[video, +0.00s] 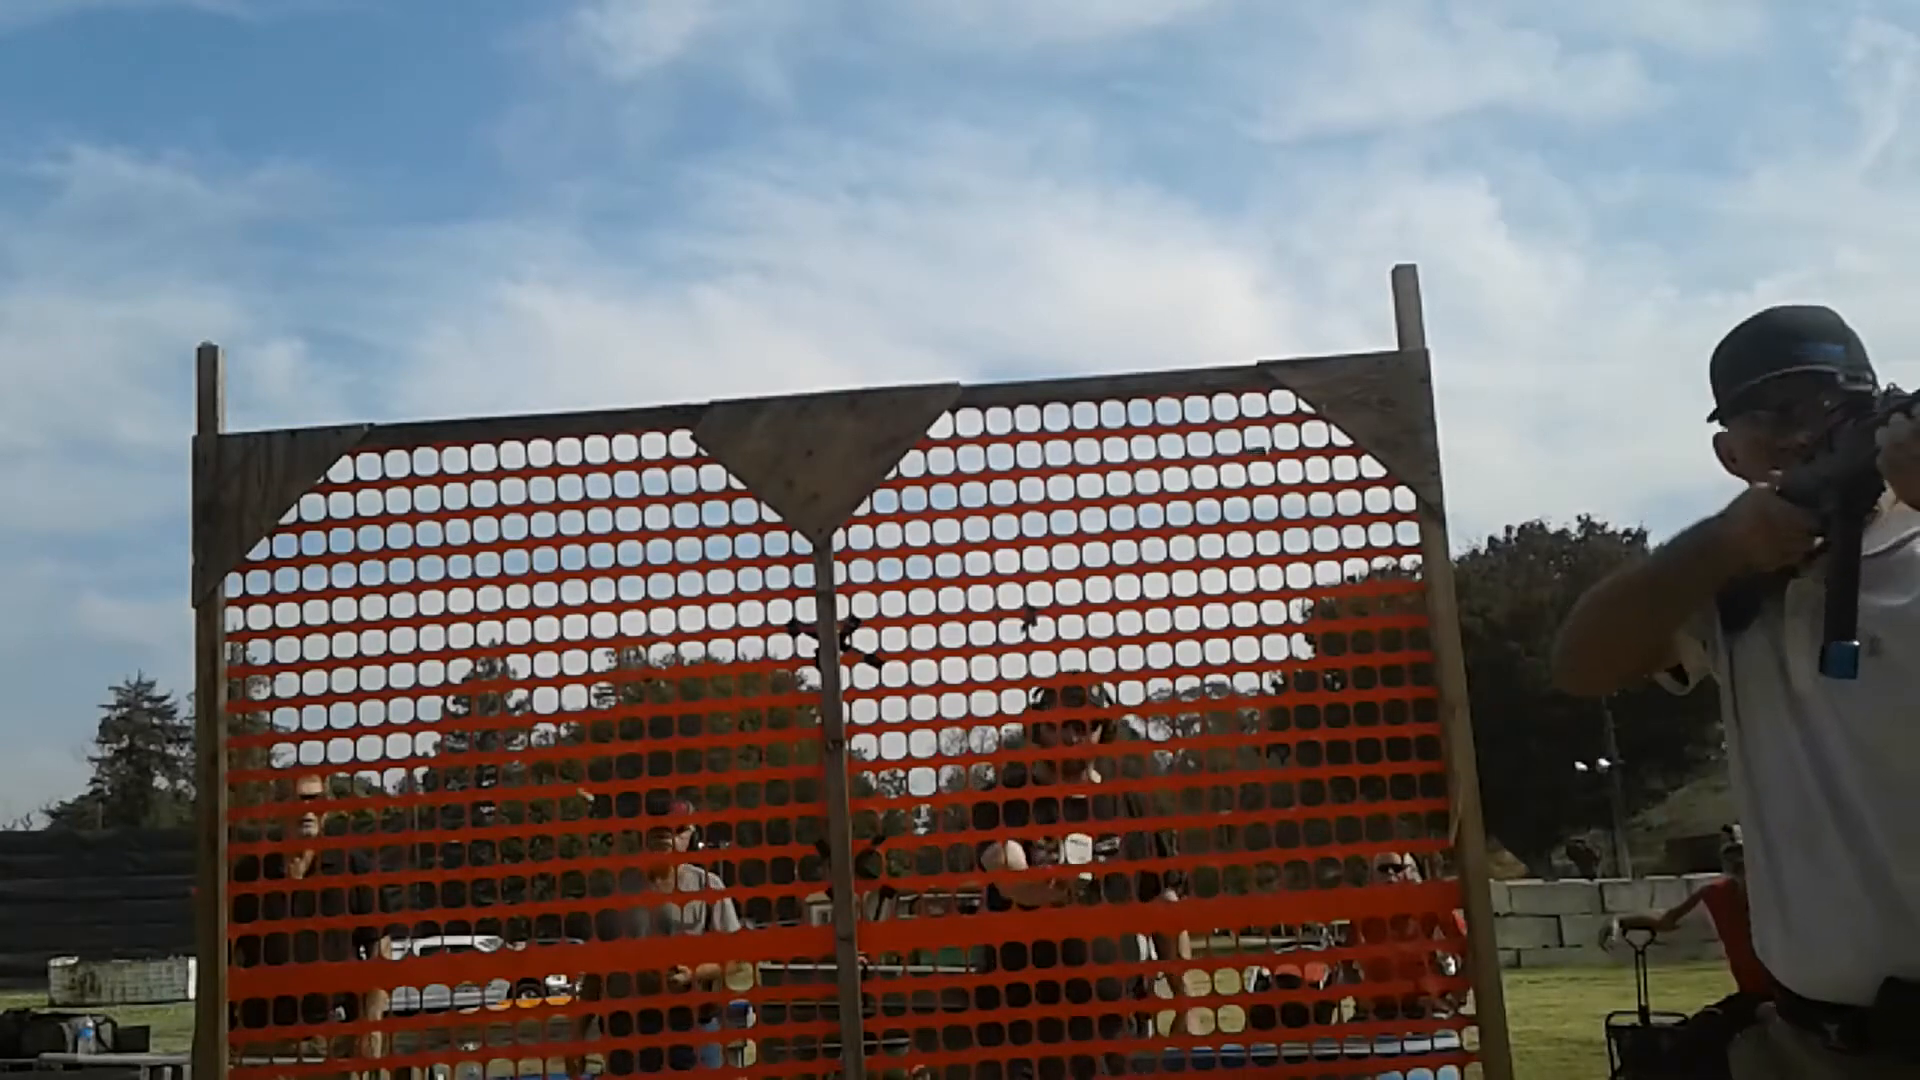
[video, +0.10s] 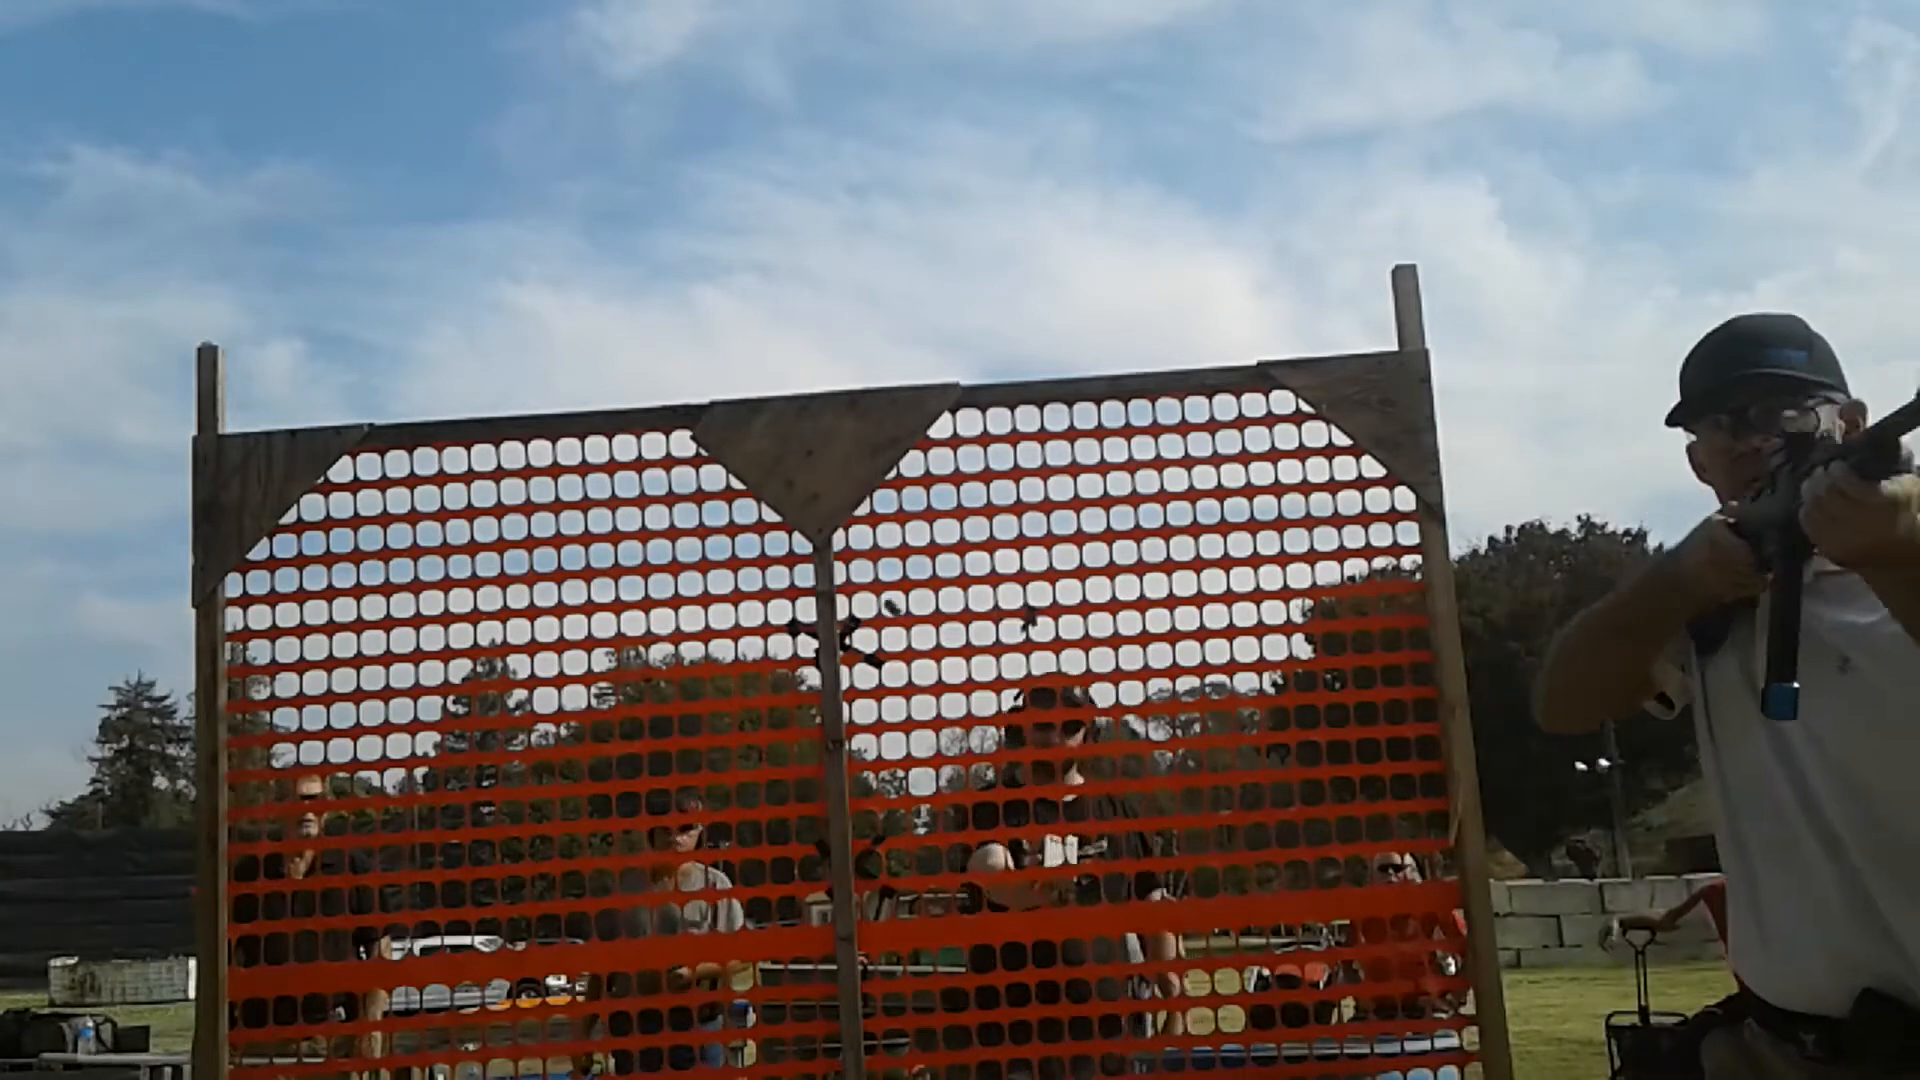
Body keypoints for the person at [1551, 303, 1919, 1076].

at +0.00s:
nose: (1805, 436)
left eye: (1827, 406)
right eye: (1774, 415)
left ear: (1875, 416)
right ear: (1731, 453)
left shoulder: (1912, 548)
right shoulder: (1735, 586)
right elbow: (1578, 662)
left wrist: (1913, 492)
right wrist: (1727, 543)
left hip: (1910, 1034)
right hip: (1796, 1036)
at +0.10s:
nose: (1760, 448)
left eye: (1785, 417)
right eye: (1727, 430)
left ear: (1850, 423)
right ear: (1699, 464)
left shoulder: (1907, 542)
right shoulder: (1711, 592)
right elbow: (1562, 705)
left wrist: (1891, 555)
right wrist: (1682, 580)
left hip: (1905, 1035)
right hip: (1766, 1039)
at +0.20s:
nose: (1701, 449)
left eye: (1722, 422)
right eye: (1667, 430)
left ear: (1769, 444)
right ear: (1618, 473)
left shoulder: (1862, 580)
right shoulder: (1622, 617)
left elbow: (1912, 780)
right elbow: (1478, 729)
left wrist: (1771, 644)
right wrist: (1580, 624)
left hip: (1885, 1035)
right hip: (1716, 1043)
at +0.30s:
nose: (1624, 466)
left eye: (1642, 439)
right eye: (1587, 446)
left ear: (1676, 463)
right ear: (1526, 486)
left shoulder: (1769, 596)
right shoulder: (1519, 630)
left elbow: (1861, 802)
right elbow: (1378, 742)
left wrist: (1700, 676)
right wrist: (1483, 641)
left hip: (1817, 1038)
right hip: (1636, 1047)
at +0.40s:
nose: (1532, 487)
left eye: (1549, 462)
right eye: (1494, 466)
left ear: (1570, 482)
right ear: (1425, 502)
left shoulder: (1677, 613)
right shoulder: (1413, 635)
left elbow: (1802, 811)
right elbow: (1273, 743)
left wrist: (1673, 672)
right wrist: (1402, 643)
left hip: (1727, 1036)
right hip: (1539, 1052)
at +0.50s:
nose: (1448, 507)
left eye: (1460, 476)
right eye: (1409, 482)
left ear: (1483, 491)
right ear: (1337, 519)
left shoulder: (1570, 620)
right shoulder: (1327, 649)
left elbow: (1752, 788)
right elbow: (1193, 755)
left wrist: (1677, 630)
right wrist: (1346, 634)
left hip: (1648, 1036)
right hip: (1466, 1058)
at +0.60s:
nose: (1376, 505)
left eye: (1390, 478)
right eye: (1339, 483)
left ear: (1419, 497)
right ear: (1268, 516)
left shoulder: (1514, 623)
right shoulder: (1254, 643)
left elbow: (1702, 767)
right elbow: (1137, 748)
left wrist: (1656, 602)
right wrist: (1311, 616)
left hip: (1561, 1040)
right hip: (1378, 1055)